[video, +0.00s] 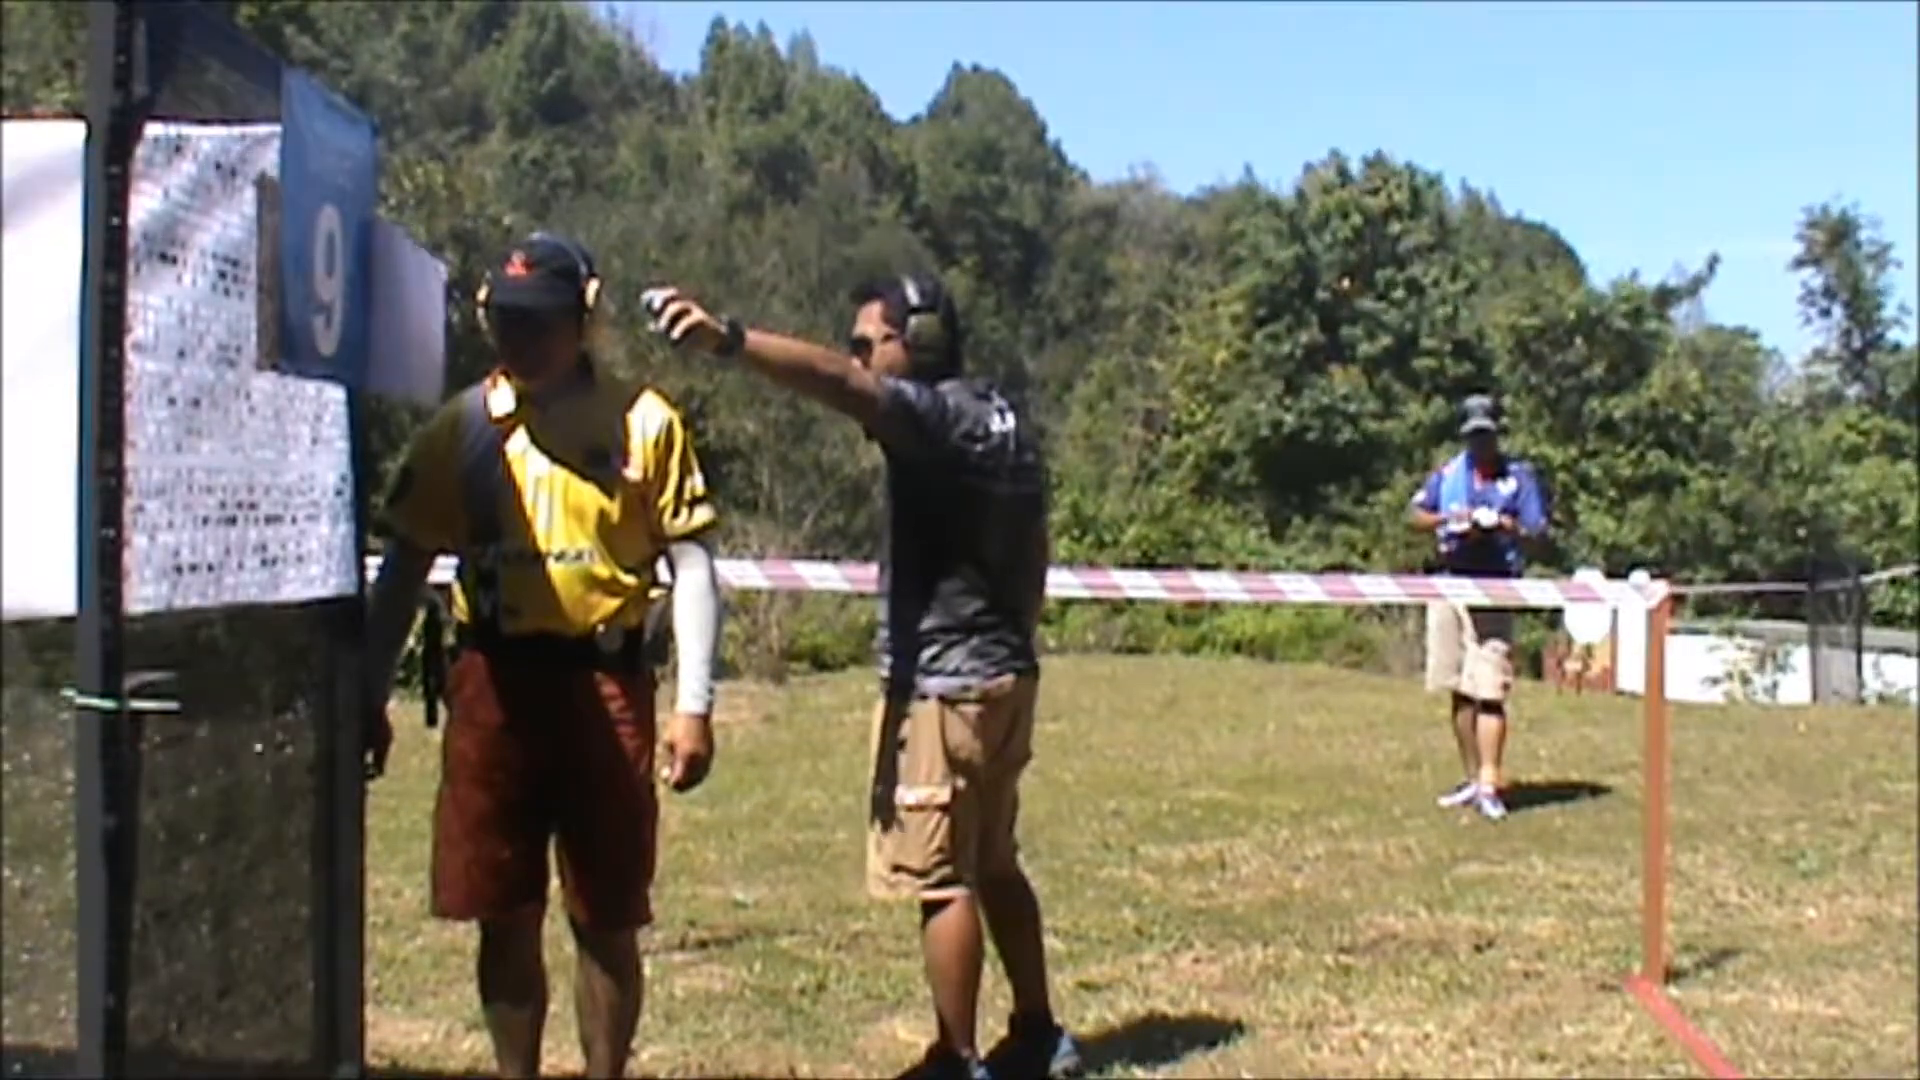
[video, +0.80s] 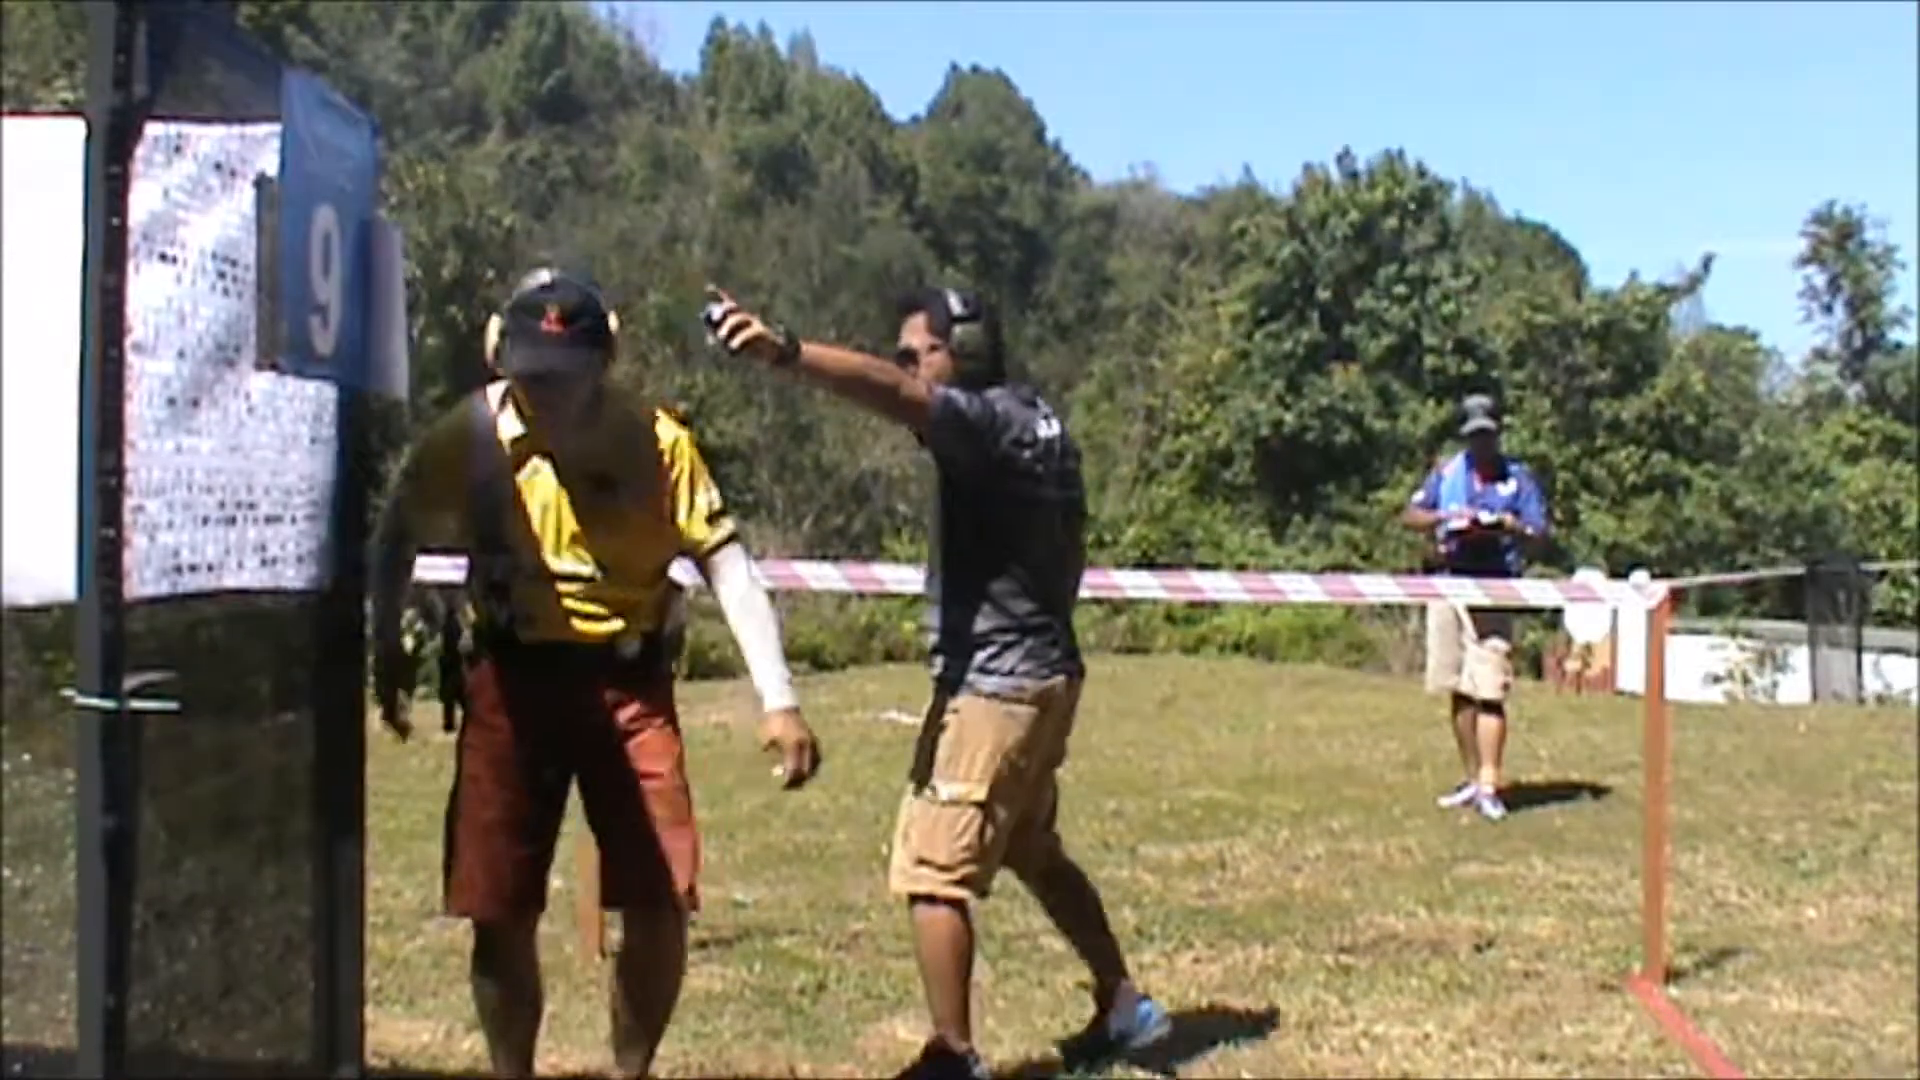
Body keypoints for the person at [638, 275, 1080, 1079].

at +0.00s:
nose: (859, 359)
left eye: (869, 344)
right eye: (858, 344)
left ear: (918, 341)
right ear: (941, 343)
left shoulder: (931, 412)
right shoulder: (1005, 418)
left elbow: (843, 379)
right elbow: (1029, 558)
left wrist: (729, 338)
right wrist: (1011, 650)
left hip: (949, 677)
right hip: (1005, 671)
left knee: (939, 876)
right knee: (994, 866)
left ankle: (954, 1055)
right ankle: (1038, 1029)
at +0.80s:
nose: (903, 373)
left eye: (913, 357)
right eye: (902, 357)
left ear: (954, 355)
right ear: (985, 355)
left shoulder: (982, 419)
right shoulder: (1048, 425)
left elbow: (893, 388)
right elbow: (1069, 550)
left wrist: (784, 352)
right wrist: (1040, 634)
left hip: (996, 676)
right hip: (1046, 672)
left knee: (935, 864)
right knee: (1031, 845)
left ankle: (950, 1050)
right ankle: (1123, 1004)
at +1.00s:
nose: (982, 396)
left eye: (994, 384)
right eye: (981, 383)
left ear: (1036, 386)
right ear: (1062, 390)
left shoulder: (1056, 445)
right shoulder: (1113, 461)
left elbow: (977, 409)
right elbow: (1084, 586)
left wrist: (882, 365)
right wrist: (1006, 618)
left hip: (1050, 696)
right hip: (1099, 695)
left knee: (948, 868)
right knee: (1071, 856)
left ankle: (952, 1052)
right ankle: (1198, 990)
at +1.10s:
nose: (1051, 414)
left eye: (1062, 397)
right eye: (1047, 399)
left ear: (1101, 392)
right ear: (1121, 397)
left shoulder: (1130, 459)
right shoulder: (1168, 469)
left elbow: (1055, 425)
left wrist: (963, 379)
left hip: (1110, 700)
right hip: (1155, 702)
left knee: (1015, 867)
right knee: (1122, 876)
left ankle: (957, 1041)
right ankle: (1226, 1012)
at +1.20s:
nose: (1096, 410)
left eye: (1105, 397)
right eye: (1093, 398)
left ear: (1143, 395)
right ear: (1151, 398)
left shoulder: (1174, 459)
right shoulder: (1201, 469)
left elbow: (1104, 418)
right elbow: (1180, 607)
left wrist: (1018, 378)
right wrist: (1109, 670)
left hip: (1155, 700)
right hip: (1193, 701)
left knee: (1053, 860)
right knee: (1147, 878)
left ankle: (1008, 1035)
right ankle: (1226, 1014)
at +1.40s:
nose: (1180, 390)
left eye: (1190, 375)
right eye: (1178, 377)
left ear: (1228, 373)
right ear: (1210, 376)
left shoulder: (1277, 450)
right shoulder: (1234, 464)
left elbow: (1206, 399)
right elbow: (1242, 580)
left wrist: (1126, 358)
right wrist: (1208, 665)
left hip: (1264, 681)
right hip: (1225, 679)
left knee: (1184, 846)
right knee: (1184, 850)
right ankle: (1225, 1015)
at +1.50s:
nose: (1240, 399)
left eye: (1251, 384)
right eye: (1236, 387)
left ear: (1285, 377)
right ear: (1251, 384)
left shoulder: (1332, 455)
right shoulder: (1281, 471)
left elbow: (1265, 405)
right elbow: (1280, 591)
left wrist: (1188, 356)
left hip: (1321, 689)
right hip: (1267, 685)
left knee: (1299, 871)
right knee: (1223, 848)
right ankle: (1232, 1014)